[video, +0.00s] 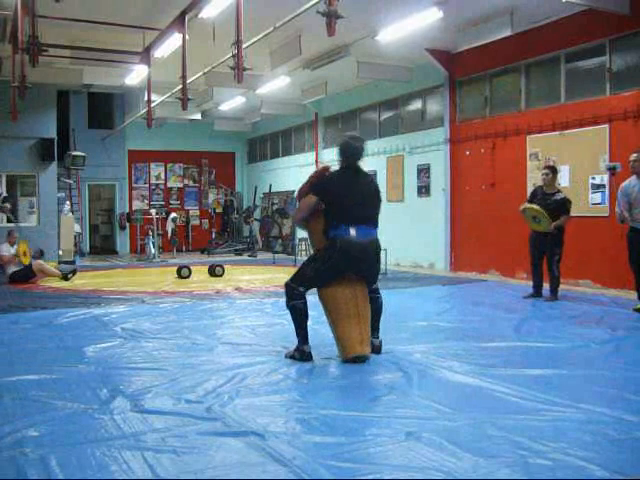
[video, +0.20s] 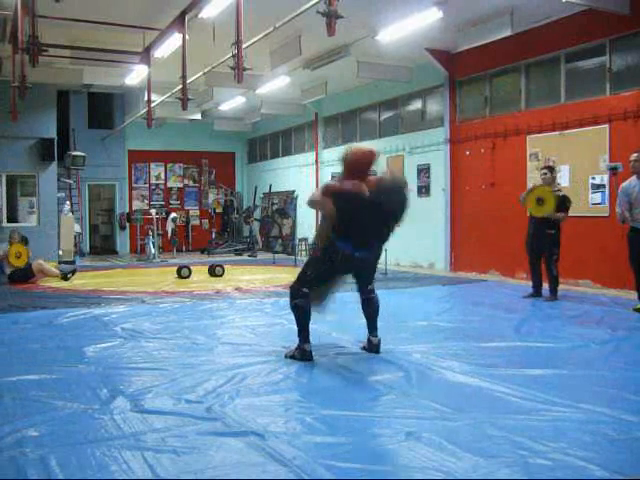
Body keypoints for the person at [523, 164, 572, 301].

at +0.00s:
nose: (543, 177)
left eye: (547, 174)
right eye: (542, 174)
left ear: (554, 177)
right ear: (540, 177)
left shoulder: (562, 198)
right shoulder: (537, 192)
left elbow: (565, 216)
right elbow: (529, 205)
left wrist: (554, 225)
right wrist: (525, 209)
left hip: (553, 233)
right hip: (537, 232)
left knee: (553, 264)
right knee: (536, 263)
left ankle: (553, 292)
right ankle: (536, 290)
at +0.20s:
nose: (543, 177)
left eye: (546, 174)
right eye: (541, 174)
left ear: (553, 176)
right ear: (540, 177)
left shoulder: (560, 196)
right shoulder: (537, 193)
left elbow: (564, 214)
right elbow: (523, 202)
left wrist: (552, 215)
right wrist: (529, 191)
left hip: (551, 230)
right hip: (535, 229)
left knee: (551, 261)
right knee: (534, 261)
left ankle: (553, 292)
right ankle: (536, 289)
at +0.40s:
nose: (545, 183)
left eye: (548, 180)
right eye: (543, 180)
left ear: (553, 183)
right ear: (538, 183)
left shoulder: (557, 196)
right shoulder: (534, 193)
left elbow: (563, 209)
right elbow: (519, 189)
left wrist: (558, 192)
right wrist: (531, 178)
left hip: (549, 231)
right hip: (533, 231)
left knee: (550, 263)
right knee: (534, 263)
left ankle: (553, 293)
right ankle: (536, 290)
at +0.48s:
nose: (537, 179)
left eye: (540, 176)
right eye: (536, 177)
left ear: (546, 179)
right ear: (534, 180)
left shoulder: (554, 194)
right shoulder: (532, 193)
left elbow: (565, 200)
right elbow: (519, 185)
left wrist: (560, 184)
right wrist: (529, 172)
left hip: (549, 230)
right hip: (533, 229)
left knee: (550, 262)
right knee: (535, 262)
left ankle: (553, 292)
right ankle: (537, 290)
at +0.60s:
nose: (533, 180)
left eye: (536, 177)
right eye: (532, 178)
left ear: (543, 179)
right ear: (531, 180)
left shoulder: (553, 194)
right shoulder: (531, 194)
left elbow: (567, 190)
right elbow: (518, 182)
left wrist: (561, 173)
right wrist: (529, 167)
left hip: (549, 229)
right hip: (533, 229)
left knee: (551, 262)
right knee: (534, 262)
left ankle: (553, 292)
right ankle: (537, 290)